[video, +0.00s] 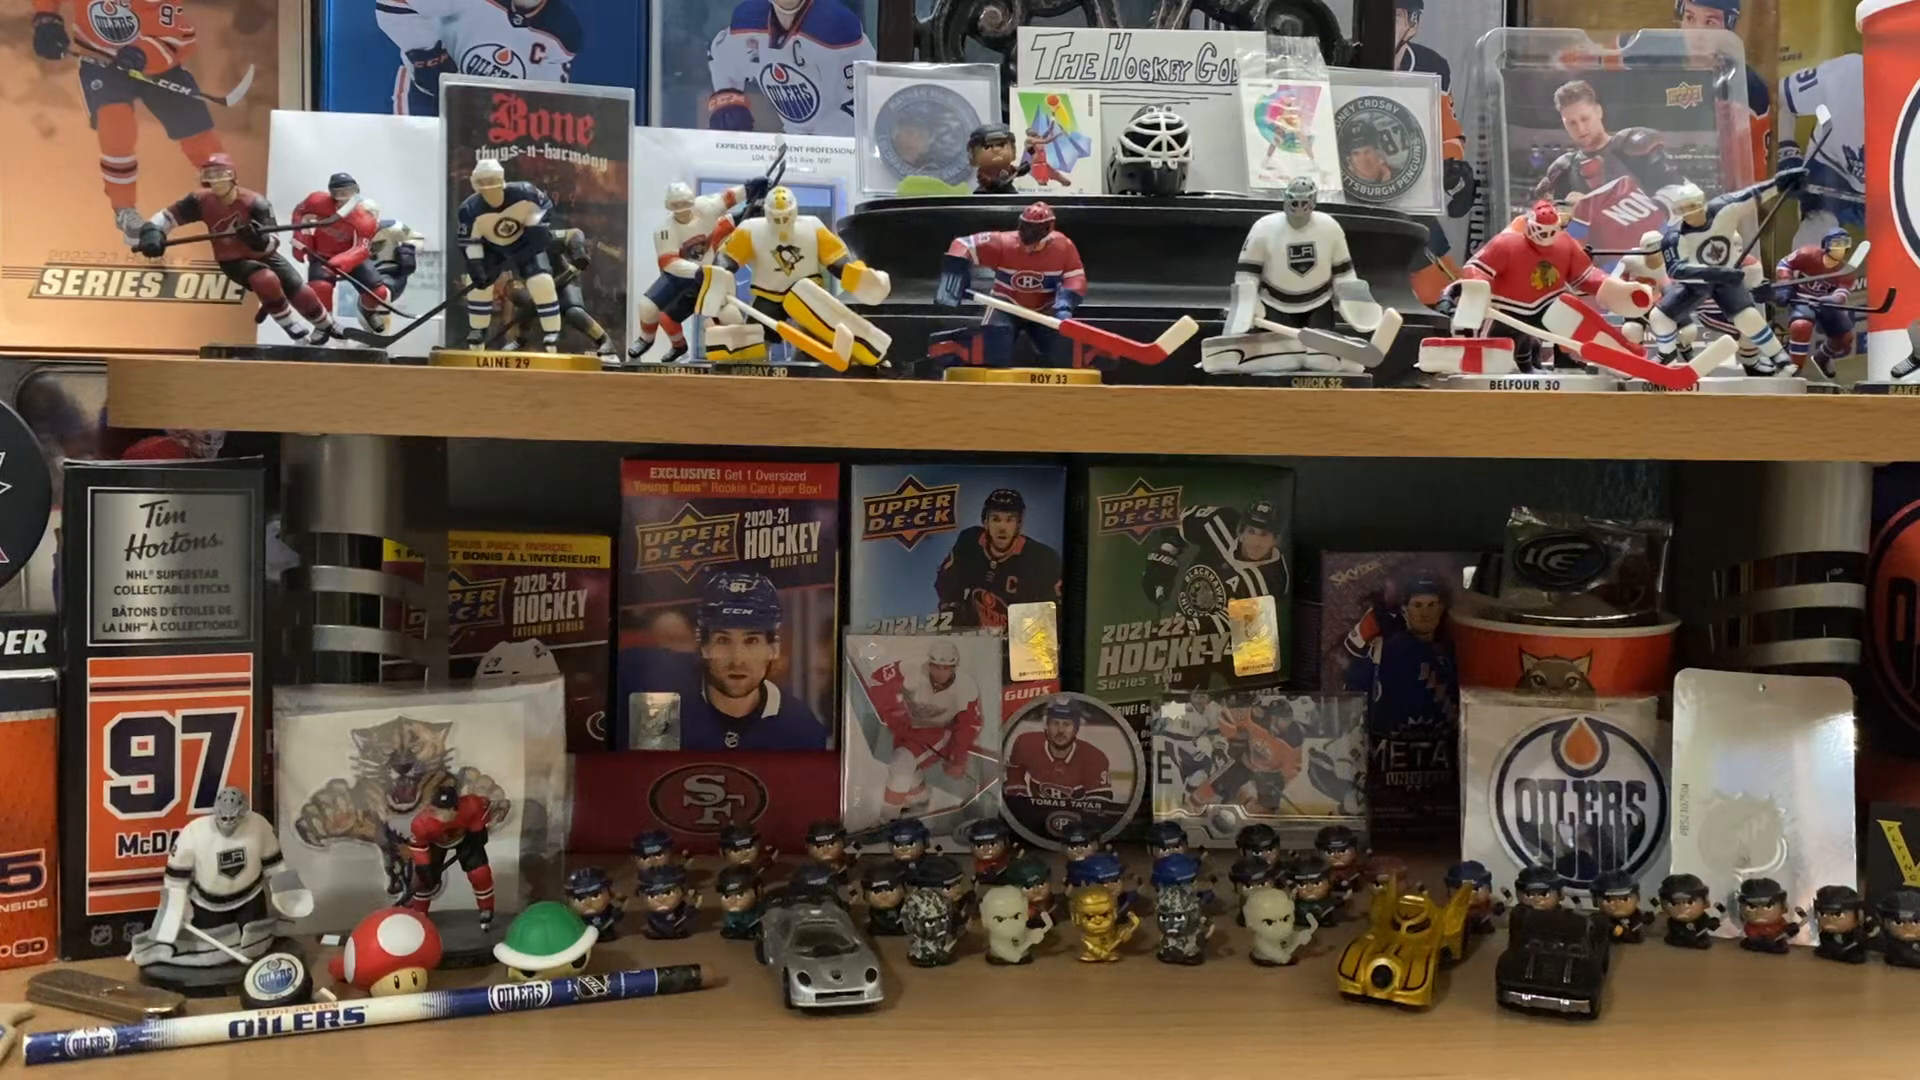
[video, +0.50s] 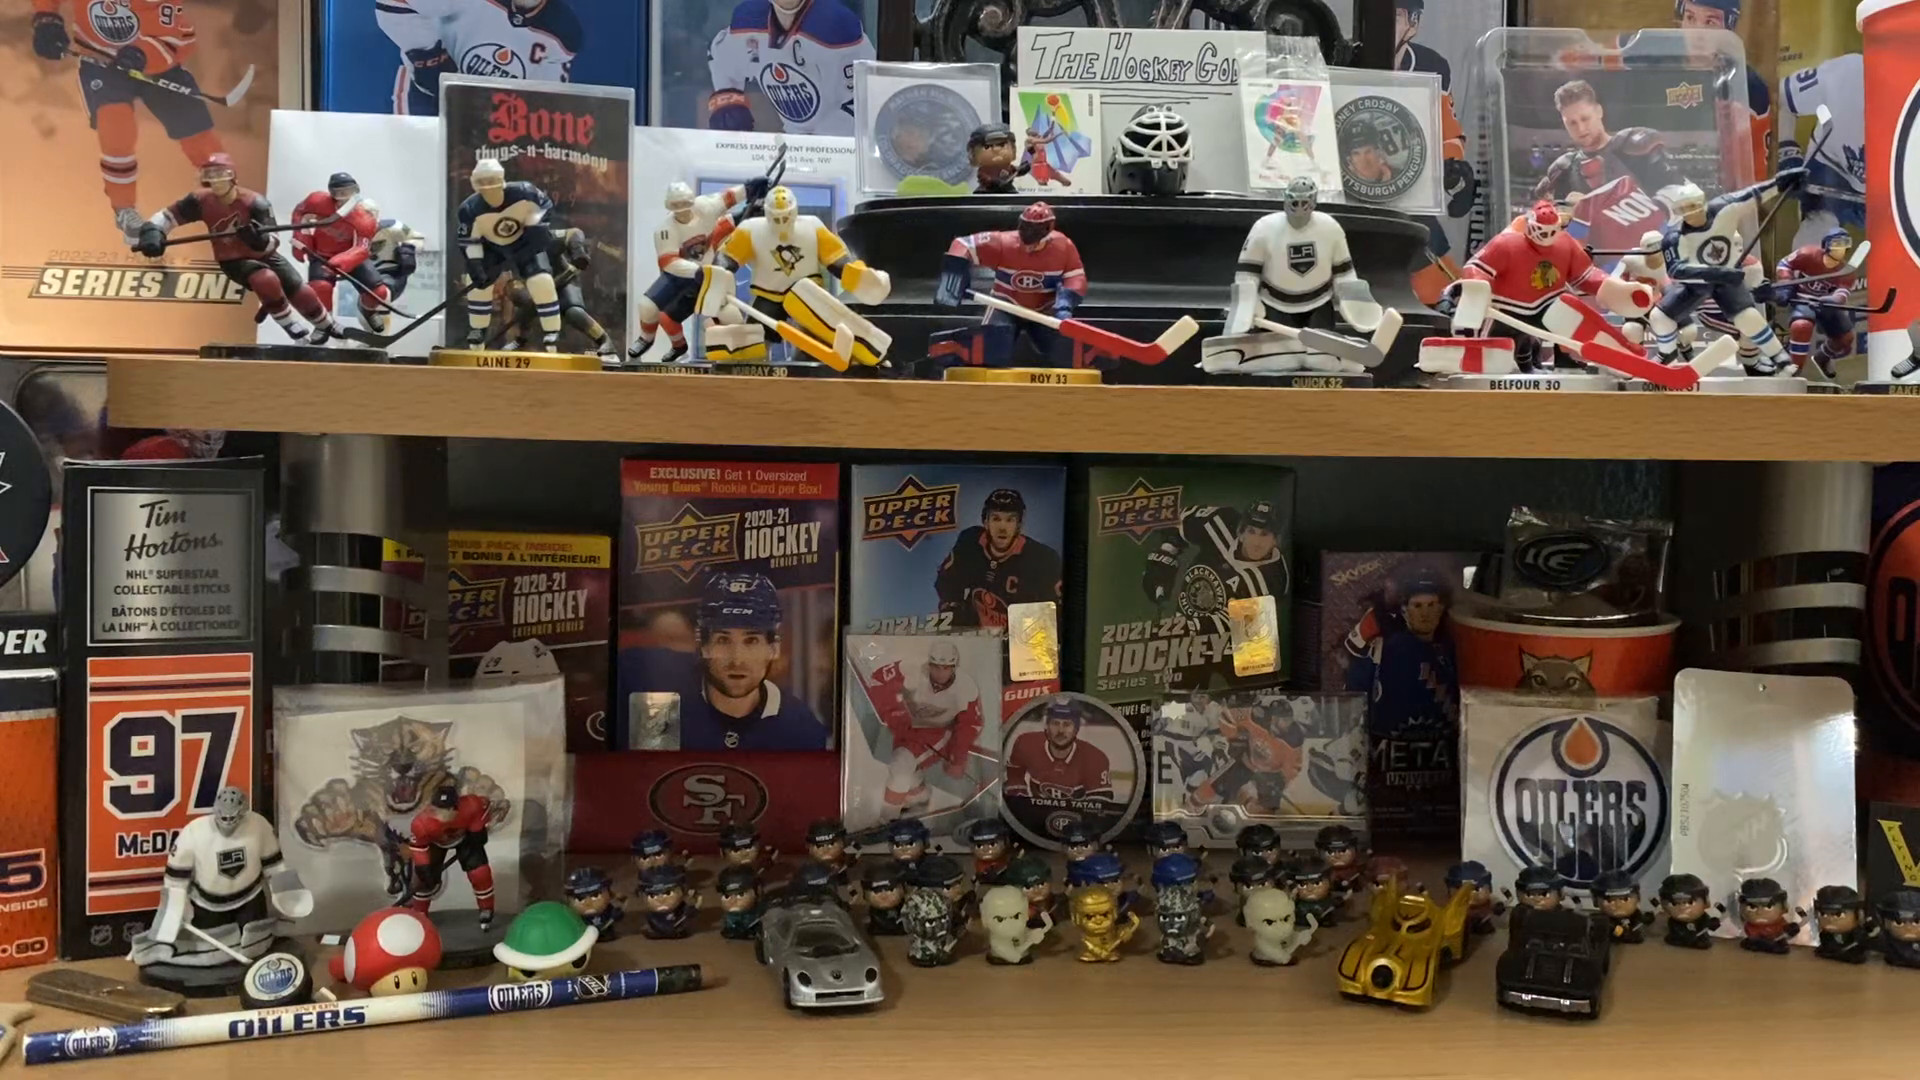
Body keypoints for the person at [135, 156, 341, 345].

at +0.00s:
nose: (214, 182)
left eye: (219, 175)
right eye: (209, 177)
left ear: (232, 177)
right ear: (205, 180)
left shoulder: (255, 203)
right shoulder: (201, 202)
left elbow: (272, 244)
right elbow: (165, 218)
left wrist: (256, 239)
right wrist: (153, 234)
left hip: (266, 255)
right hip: (234, 259)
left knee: (303, 295)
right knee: (268, 280)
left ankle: (330, 328)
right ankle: (293, 327)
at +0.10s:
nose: (214, 181)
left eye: (220, 175)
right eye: (209, 177)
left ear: (232, 177)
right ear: (205, 179)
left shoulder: (255, 202)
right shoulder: (201, 202)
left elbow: (272, 243)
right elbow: (166, 218)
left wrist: (256, 239)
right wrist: (153, 233)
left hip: (266, 255)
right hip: (234, 259)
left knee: (304, 295)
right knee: (268, 280)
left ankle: (331, 328)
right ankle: (296, 330)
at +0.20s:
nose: (214, 181)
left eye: (219, 175)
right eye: (209, 177)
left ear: (232, 177)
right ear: (205, 179)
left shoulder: (254, 202)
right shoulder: (201, 202)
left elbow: (271, 244)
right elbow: (166, 217)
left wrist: (255, 238)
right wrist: (153, 233)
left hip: (265, 255)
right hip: (233, 259)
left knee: (304, 295)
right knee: (267, 280)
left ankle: (330, 327)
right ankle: (293, 327)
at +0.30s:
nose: (214, 181)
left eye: (219, 175)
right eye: (210, 176)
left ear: (232, 177)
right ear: (205, 179)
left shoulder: (254, 202)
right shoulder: (201, 202)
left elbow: (271, 244)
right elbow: (166, 217)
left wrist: (255, 238)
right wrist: (153, 233)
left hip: (266, 255)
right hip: (233, 259)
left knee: (303, 295)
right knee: (267, 280)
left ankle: (330, 327)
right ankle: (294, 328)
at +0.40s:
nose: (214, 181)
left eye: (219, 175)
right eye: (209, 176)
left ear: (232, 177)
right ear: (205, 179)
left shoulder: (254, 202)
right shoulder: (201, 202)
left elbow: (272, 243)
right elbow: (166, 217)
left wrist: (256, 239)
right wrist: (153, 233)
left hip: (265, 254)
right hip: (233, 259)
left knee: (303, 294)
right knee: (267, 280)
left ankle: (330, 327)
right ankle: (294, 327)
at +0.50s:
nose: (214, 181)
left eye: (219, 175)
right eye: (209, 176)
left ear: (232, 177)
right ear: (205, 179)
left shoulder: (254, 202)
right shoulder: (201, 202)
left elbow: (272, 243)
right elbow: (166, 217)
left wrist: (256, 239)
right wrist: (153, 233)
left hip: (265, 255)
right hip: (233, 259)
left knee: (303, 295)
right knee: (267, 280)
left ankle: (330, 327)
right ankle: (293, 326)